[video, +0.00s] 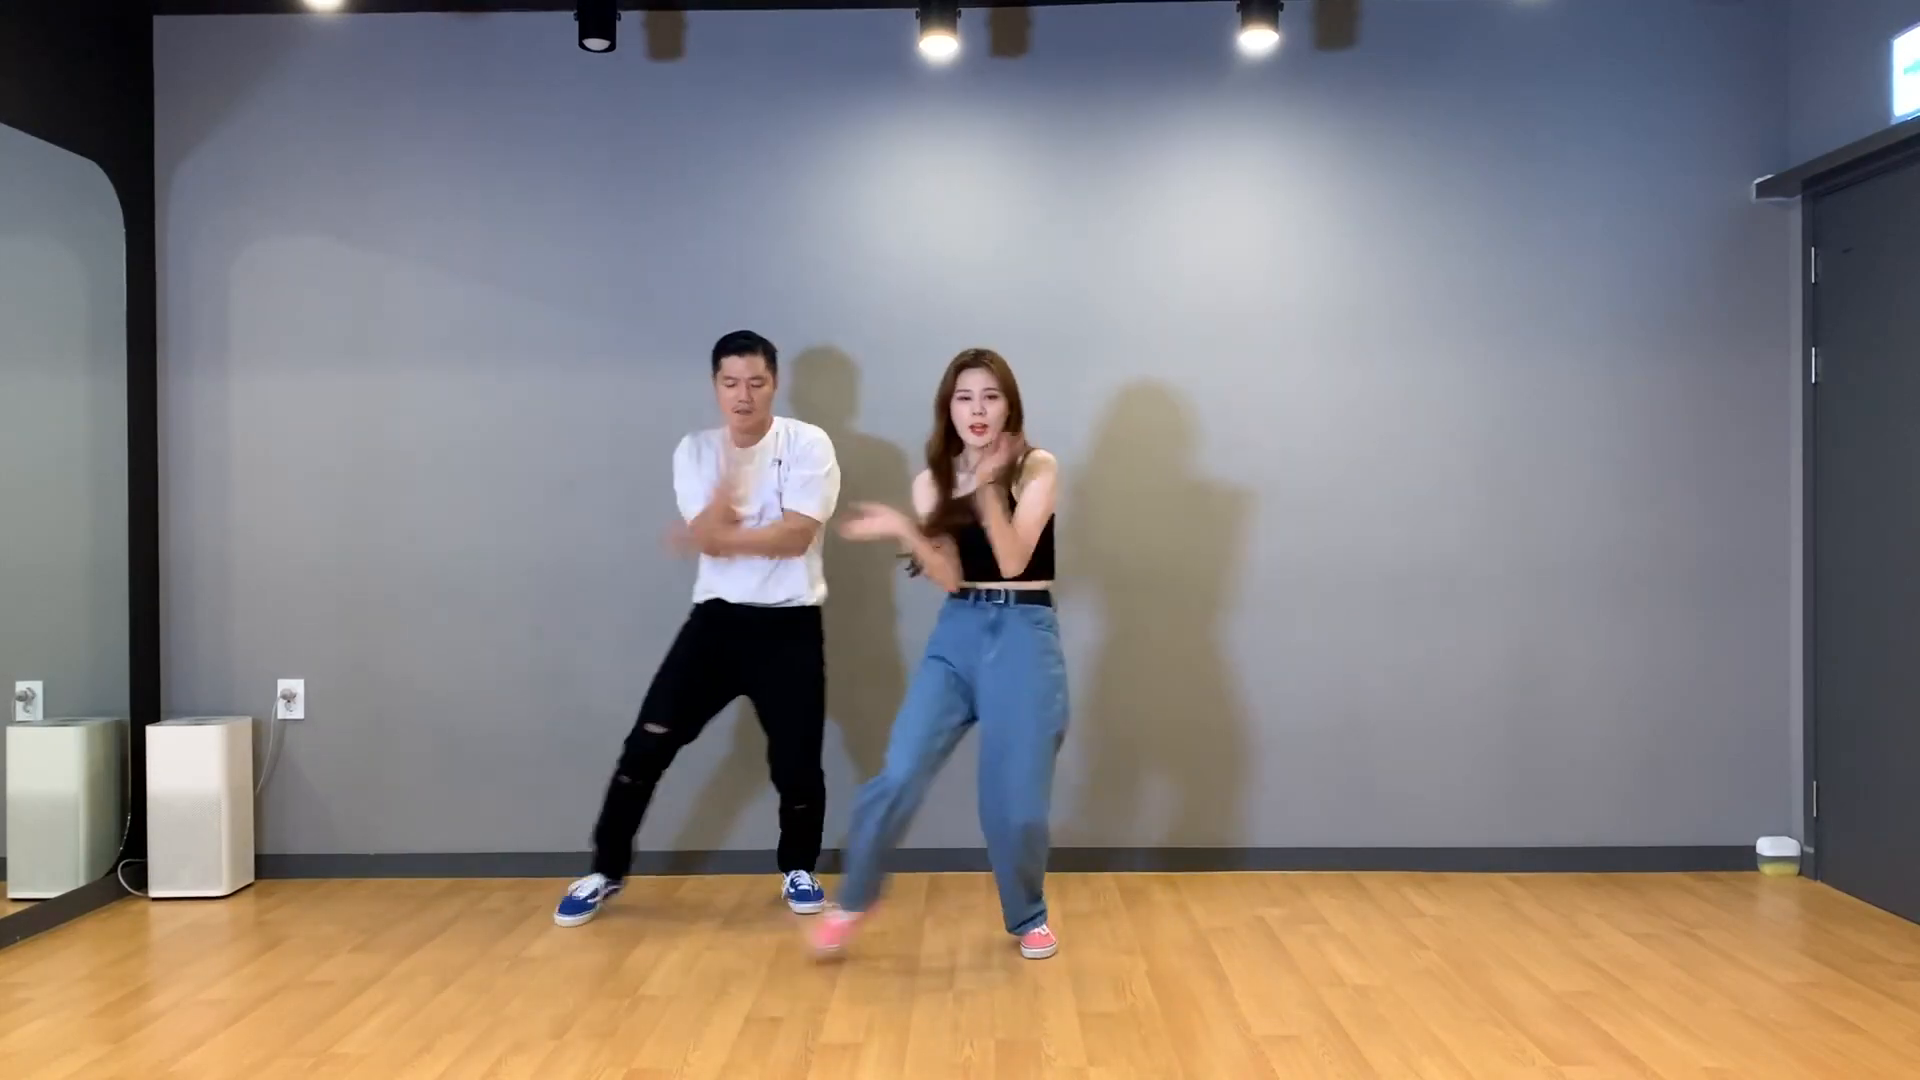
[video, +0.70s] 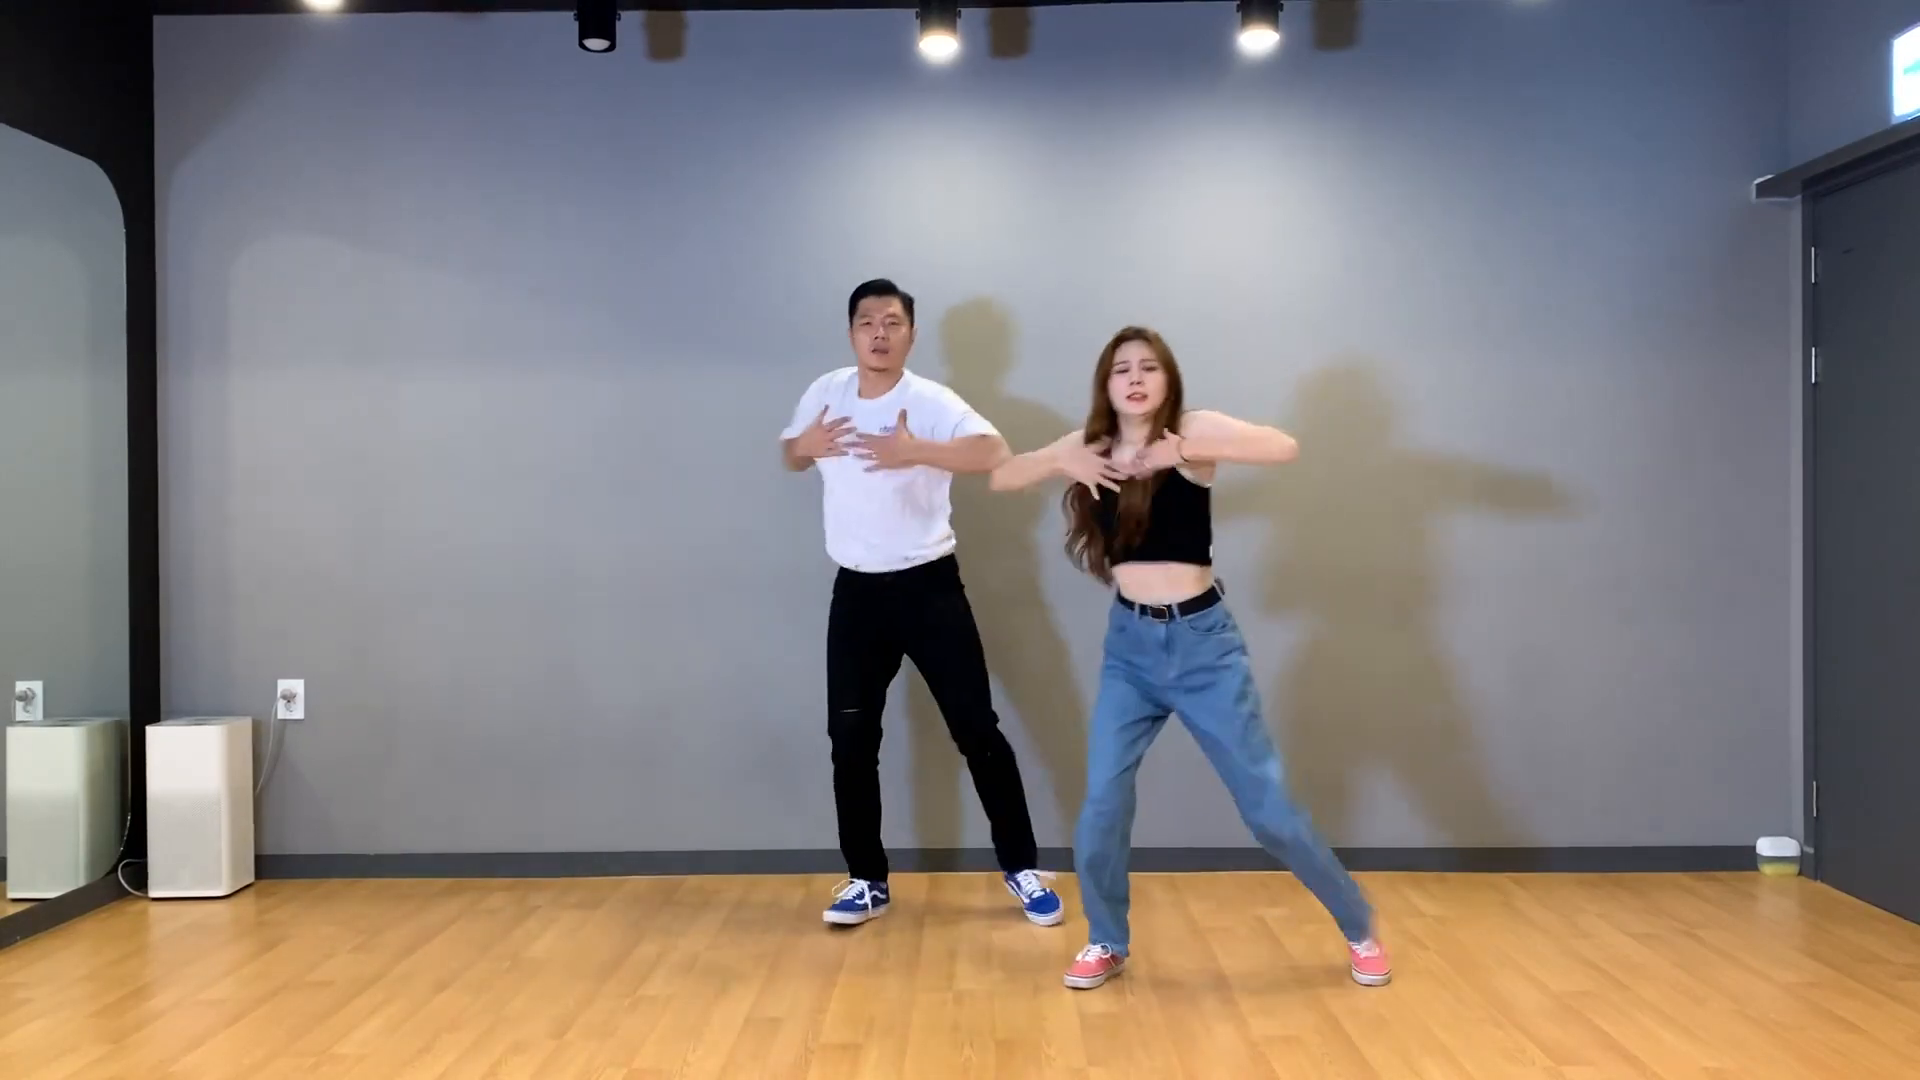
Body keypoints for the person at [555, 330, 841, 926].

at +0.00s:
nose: (743, 394)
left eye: (755, 383)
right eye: (731, 383)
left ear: (774, 386)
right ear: (716, 389)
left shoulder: (809, 445)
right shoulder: (695, 450)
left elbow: (797, 537)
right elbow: (707, 539)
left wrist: (716, 538)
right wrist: (725, 495)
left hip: (790, 626)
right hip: (716, 621)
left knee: (798, 762)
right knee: (648, 744)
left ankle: (799, 873)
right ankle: (608, 872)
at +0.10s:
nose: (771, 392)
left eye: (784, 381)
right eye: (760, 379)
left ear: (801, 385)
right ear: (744, 384)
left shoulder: (831, 452)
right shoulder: (718, 438)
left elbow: (829, 548)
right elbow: (699, 533)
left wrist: (780, 606)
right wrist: (736, 558)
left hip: (817, 618)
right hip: (743, 616)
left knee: (823, 761)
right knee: (695, 737)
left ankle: (799, 869)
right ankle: (734, 861)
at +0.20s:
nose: (796, 397)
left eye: (809, 386)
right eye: (785, 383)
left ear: (824, 391)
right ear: (765, 383)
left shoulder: (849, 457)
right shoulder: (732, 445)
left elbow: (887, 549)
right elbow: (694, 536)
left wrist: (919, 626)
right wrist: (652, 604)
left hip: (838, 621)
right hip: (766, 624)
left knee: (844, 762)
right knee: (759, 760)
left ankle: (794, 865)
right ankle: (851, 863)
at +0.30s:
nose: (813, 398)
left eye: (827, 388)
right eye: (803, 384)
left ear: (840, 396)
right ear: (782, 384)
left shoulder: (868, 458)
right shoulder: (746, 457)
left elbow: (923, 543)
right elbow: (692, 538)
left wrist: (977, 606)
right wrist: (633, 603)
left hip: (864, 624)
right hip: (788, 630)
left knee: (863, 770)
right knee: (816, 770)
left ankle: (793, 863)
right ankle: (865, 882)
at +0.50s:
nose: (844, 377)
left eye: (859, 369)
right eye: (833, 364)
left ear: (871, 383)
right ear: (811, 373)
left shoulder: (902, 454)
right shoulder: (778, 459)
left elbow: (967, 519)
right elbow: (727, 541)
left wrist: (999, 579)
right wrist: (644, 570)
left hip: (903, 621)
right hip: (827, 627)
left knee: (921, 760)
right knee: (833, 762)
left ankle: (866, 831)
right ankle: (863, 884)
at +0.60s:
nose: (860, 357)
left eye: (874, 348)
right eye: (849, 345)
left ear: (889, 361)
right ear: (829, 356)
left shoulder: (917, 430)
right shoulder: (798, 428)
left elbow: (972, 497)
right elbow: (749, 510)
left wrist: (903, 502)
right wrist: (744, 484)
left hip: (918, 603)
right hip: (844, 609)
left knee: (947, 733)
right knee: (840, 753)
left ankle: (972, 838)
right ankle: (864, 883)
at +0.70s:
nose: (880, 332)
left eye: (892, 322)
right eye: (868, 322)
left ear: (911, 335)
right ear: (851, 335)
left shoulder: (930, 400)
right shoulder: (828, 391)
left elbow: (992, 453)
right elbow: (791, 458)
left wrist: (916, 452)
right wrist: (808, 446)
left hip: (932, 589)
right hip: (858, 593)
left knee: (977, 731)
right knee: (850, 740)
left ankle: (1021, 869)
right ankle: (868, 880)